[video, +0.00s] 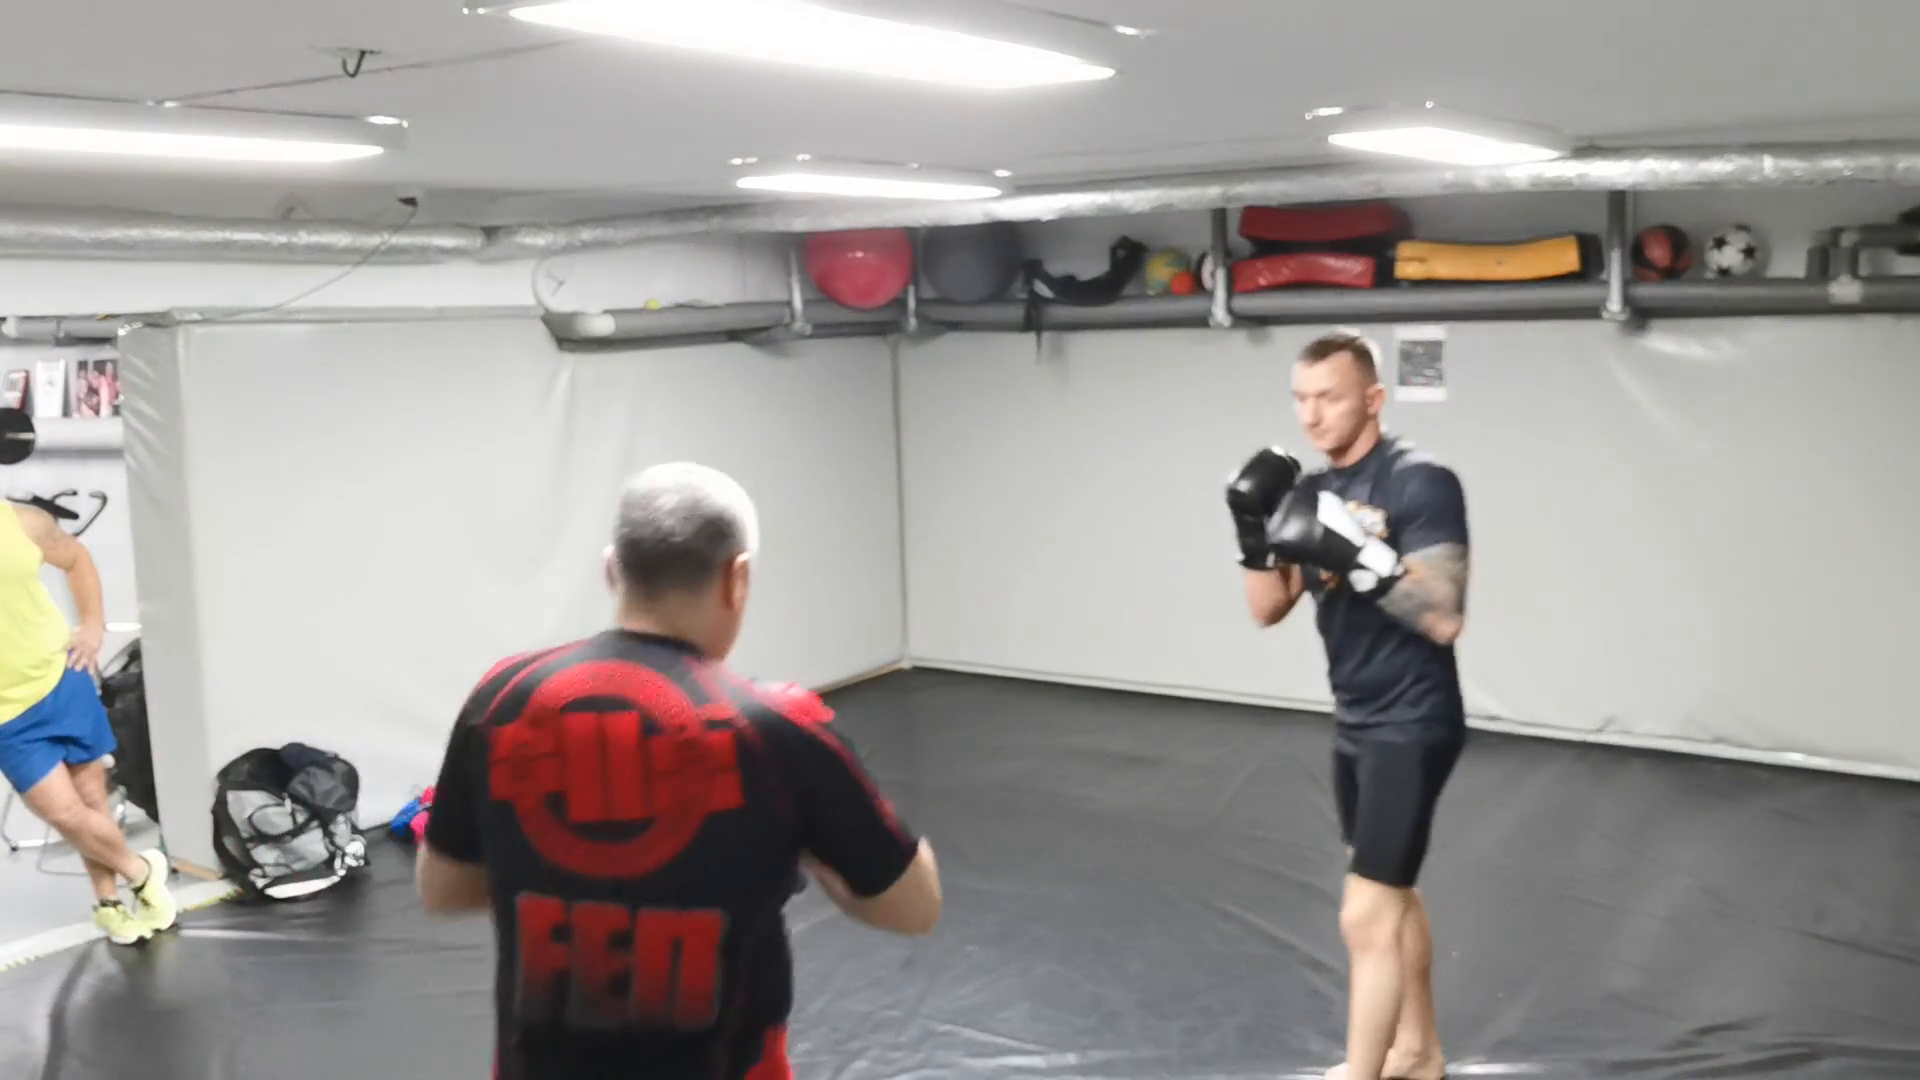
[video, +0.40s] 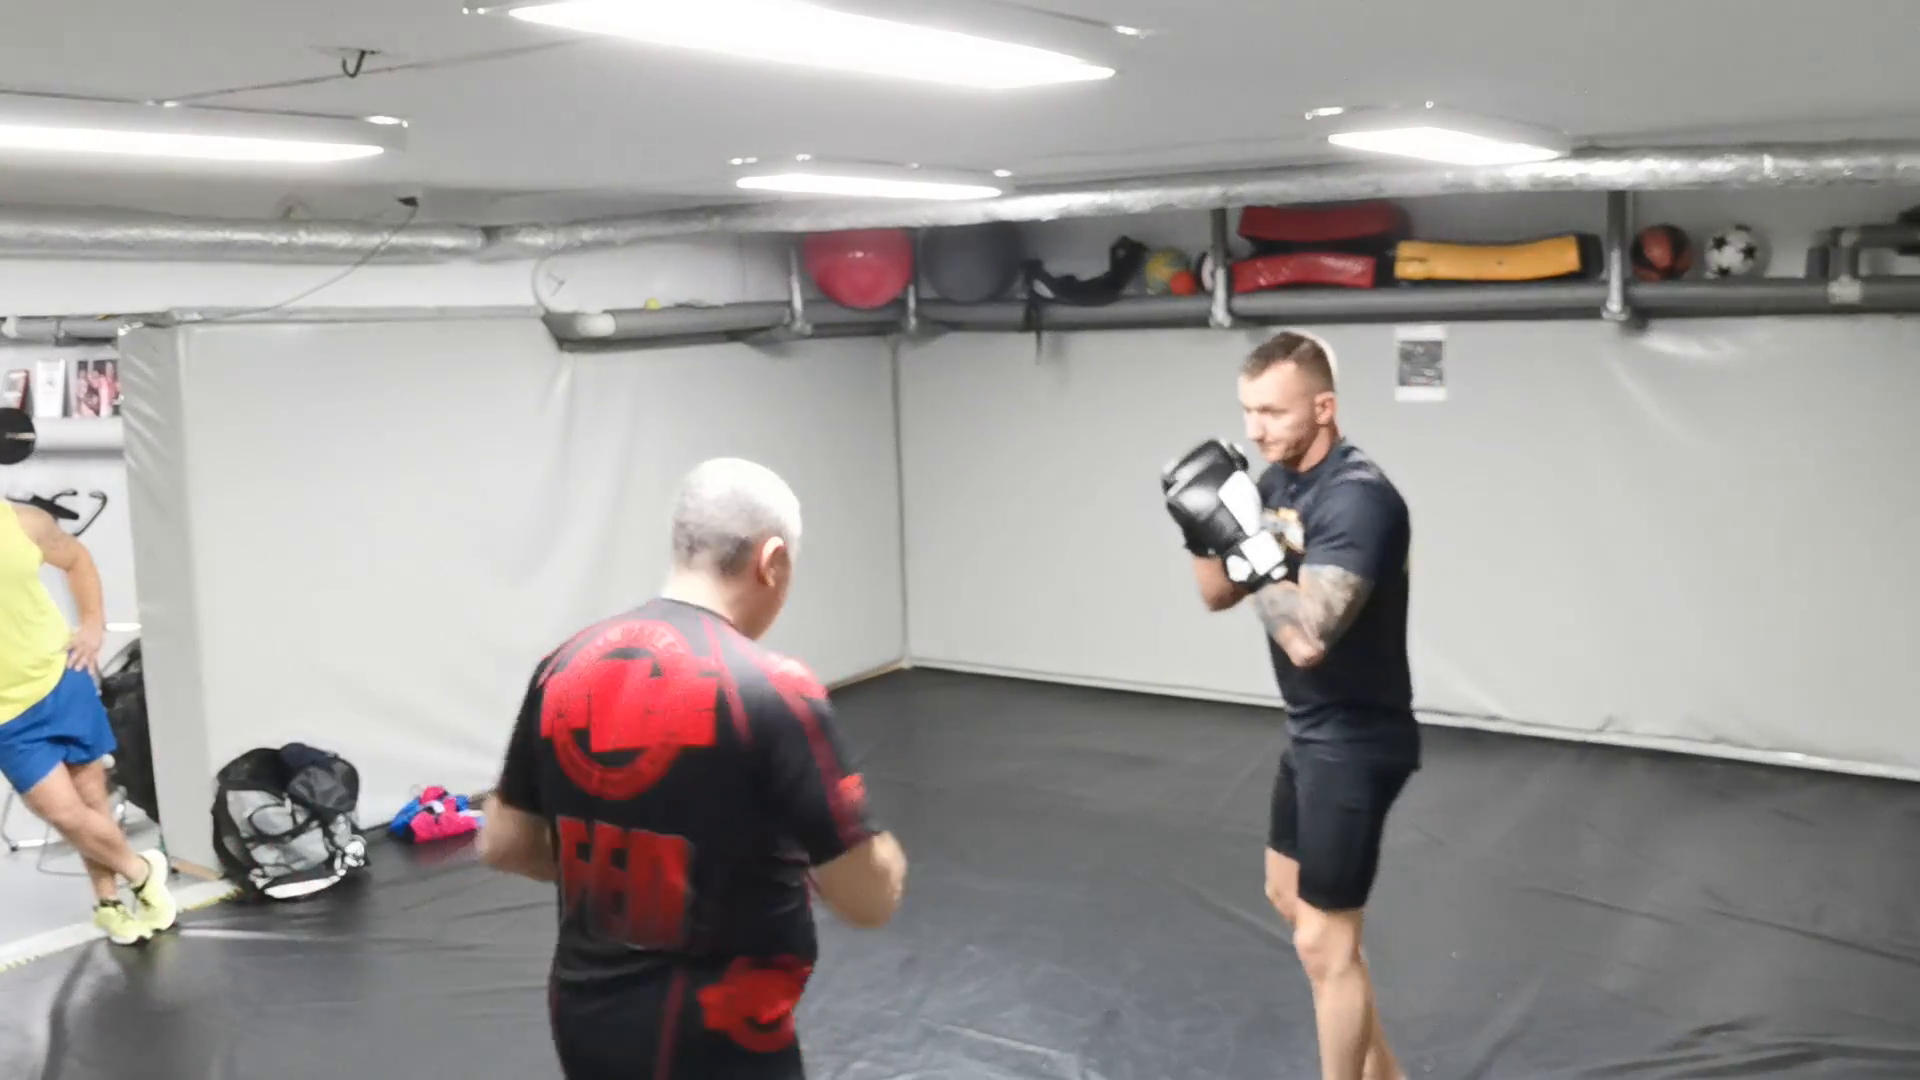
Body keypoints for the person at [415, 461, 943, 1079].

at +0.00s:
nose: (750, 597)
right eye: (750, 576)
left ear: (610, 570)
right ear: (737, 580)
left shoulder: (504, 699)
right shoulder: (777, 729)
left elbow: (442, 888)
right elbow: (914, 906)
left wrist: (570, 859)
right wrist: (799, 830)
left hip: (540, 1058)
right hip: (724, 1059)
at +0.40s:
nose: (788, 587)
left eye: (794, 569)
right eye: (792, 567)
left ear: (680, 544)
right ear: (769, 561)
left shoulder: (565, 666)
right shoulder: (772, 691)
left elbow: (506, 839)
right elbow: (869, 897)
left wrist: (617, 862)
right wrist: (883, 854)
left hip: (591, 1019)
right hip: (725, 1033)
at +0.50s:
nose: (795, 595)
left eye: (802, 575)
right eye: (801, 573)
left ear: (693, 546)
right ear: (774, 567)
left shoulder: (592, 653)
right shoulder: (744, 691)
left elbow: (546, 833)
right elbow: (798, 898)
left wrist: (655, 884)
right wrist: (887, 938)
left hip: (583, 991)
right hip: (694, 1024)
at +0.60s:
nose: (795, 586)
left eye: (802, 566)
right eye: (799, 565)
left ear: (693, 536)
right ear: (769, 556)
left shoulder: (609, 636)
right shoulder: (730, 676)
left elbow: (628, 826)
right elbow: (760, 893)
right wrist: (847, 999)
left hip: (582, 975)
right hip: (674, 1007)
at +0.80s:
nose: (773, 568)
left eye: (781, 550)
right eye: (774, 547)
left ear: (666, 520)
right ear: (737, 538)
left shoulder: (598, 614)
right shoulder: (698, 662)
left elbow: (717, 649)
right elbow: (718, 877)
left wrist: (811, 563)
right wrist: (797, 1009)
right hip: (677, 985)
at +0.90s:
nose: (754, 576)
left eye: (761, 557)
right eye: (758, 555)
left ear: (656, 527)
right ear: (724, 546)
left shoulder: (588, 608)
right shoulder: (686, 672)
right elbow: (711, 892)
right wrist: (790, 1022)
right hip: (672, 995)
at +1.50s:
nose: (696, 591)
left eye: (698, 574)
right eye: (694, 573)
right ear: (649, 571)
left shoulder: (528, 629)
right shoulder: (588, 728)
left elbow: (655, 723)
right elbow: (625, 947)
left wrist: (799, 697)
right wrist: (730, 1052)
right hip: (595, 1047)